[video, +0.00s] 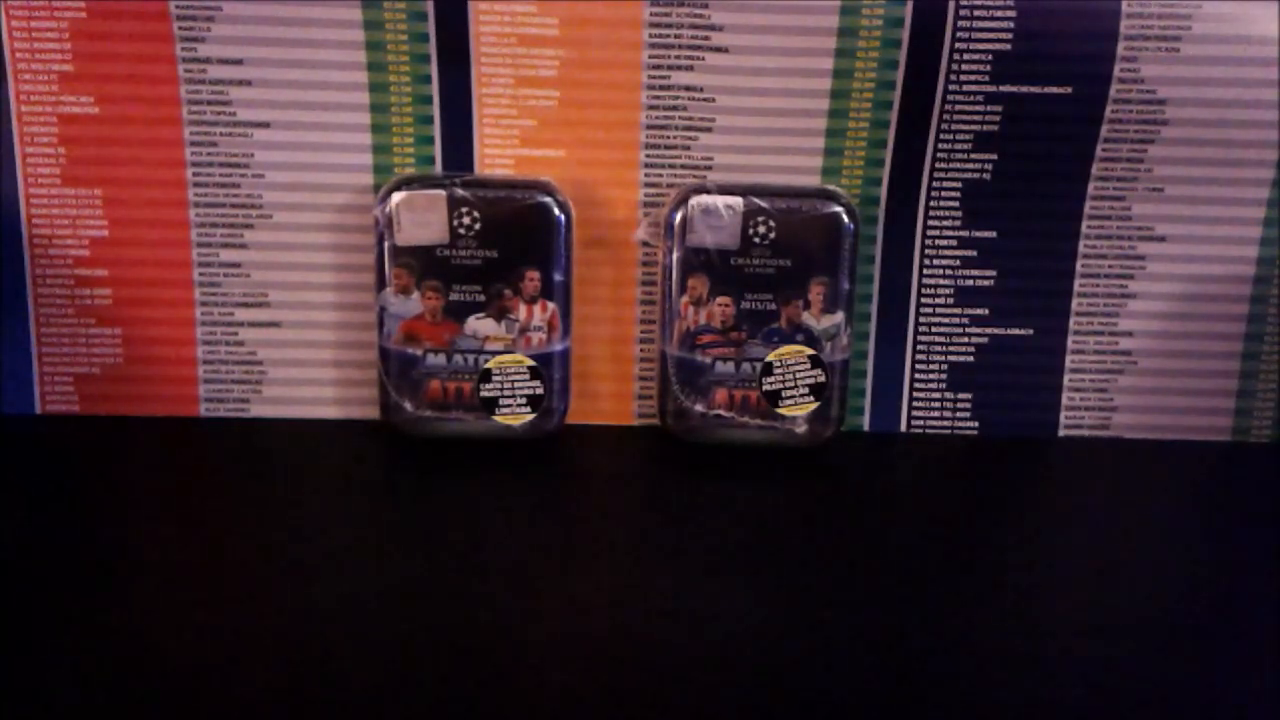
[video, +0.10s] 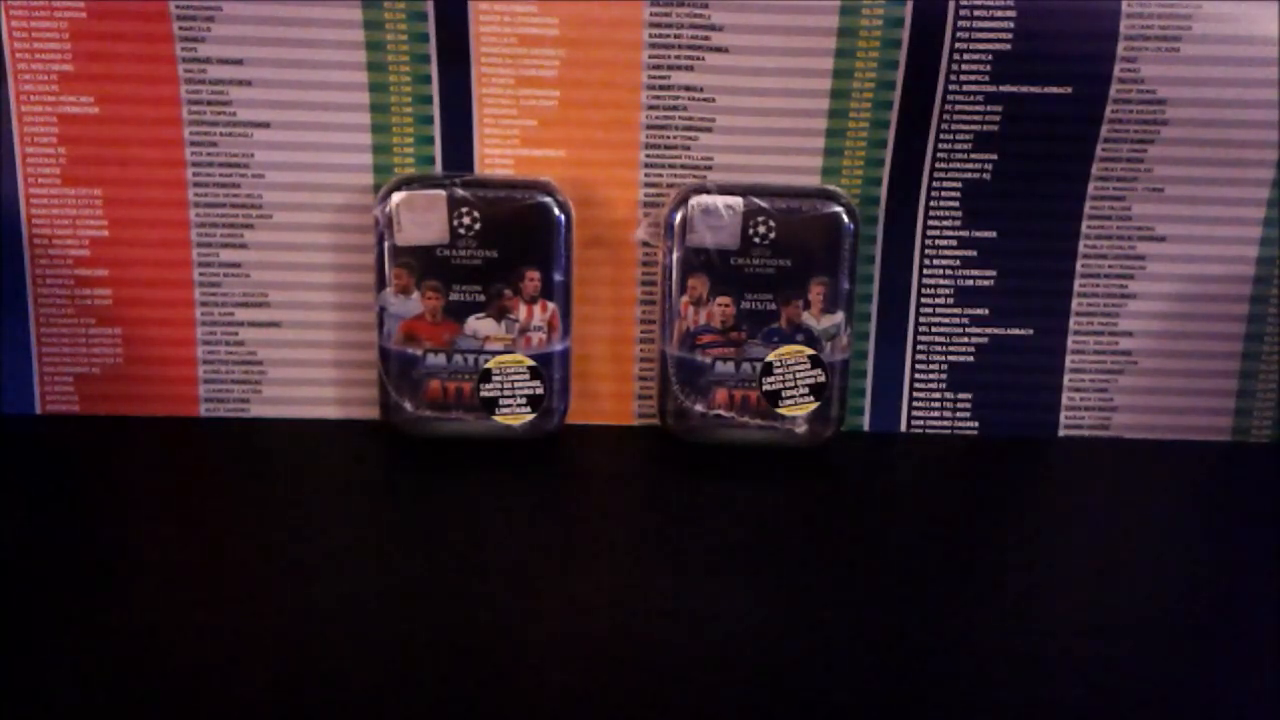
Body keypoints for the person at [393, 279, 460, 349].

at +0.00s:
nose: (433, 303)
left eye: (437, 299)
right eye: (429, 298)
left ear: (444, 301)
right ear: (422, 301)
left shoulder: (454, 328)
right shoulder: (409, 326)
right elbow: (395, 347)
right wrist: (420, 347)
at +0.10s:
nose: (433, 303)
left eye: (437, 299)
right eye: (429, 298)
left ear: (443, 301)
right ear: (422, 301)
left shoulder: (454, 328)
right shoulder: (408, 326)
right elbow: (395, 347)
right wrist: (420, 347)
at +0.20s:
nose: (433, 303)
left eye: (437, 299)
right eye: (429, 299)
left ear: (444, 301)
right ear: (422, 301)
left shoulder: (454, 328)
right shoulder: (408, 326)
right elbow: (395, 347)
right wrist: (420, 346)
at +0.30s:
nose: (433, 303)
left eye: (437, 299)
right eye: (429, 299)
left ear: (443, 301)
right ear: (422, 301)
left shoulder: (454, 328)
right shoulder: (408, 326)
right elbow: (395, 346)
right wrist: (420, 346)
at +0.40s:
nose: (433, 303)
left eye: (437, 299)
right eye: (429, 298)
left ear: (444, 301)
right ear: (422, 301)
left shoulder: (454, 328)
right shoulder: (407, 326)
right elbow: (396, 347)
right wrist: (421, 347)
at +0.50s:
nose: (433, 303)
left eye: (437, 299)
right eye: (429, 299)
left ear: (444, 301)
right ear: (422, 301)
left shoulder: (454, 328)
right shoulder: (407, 326)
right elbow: (396, 348)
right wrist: (421, 346)